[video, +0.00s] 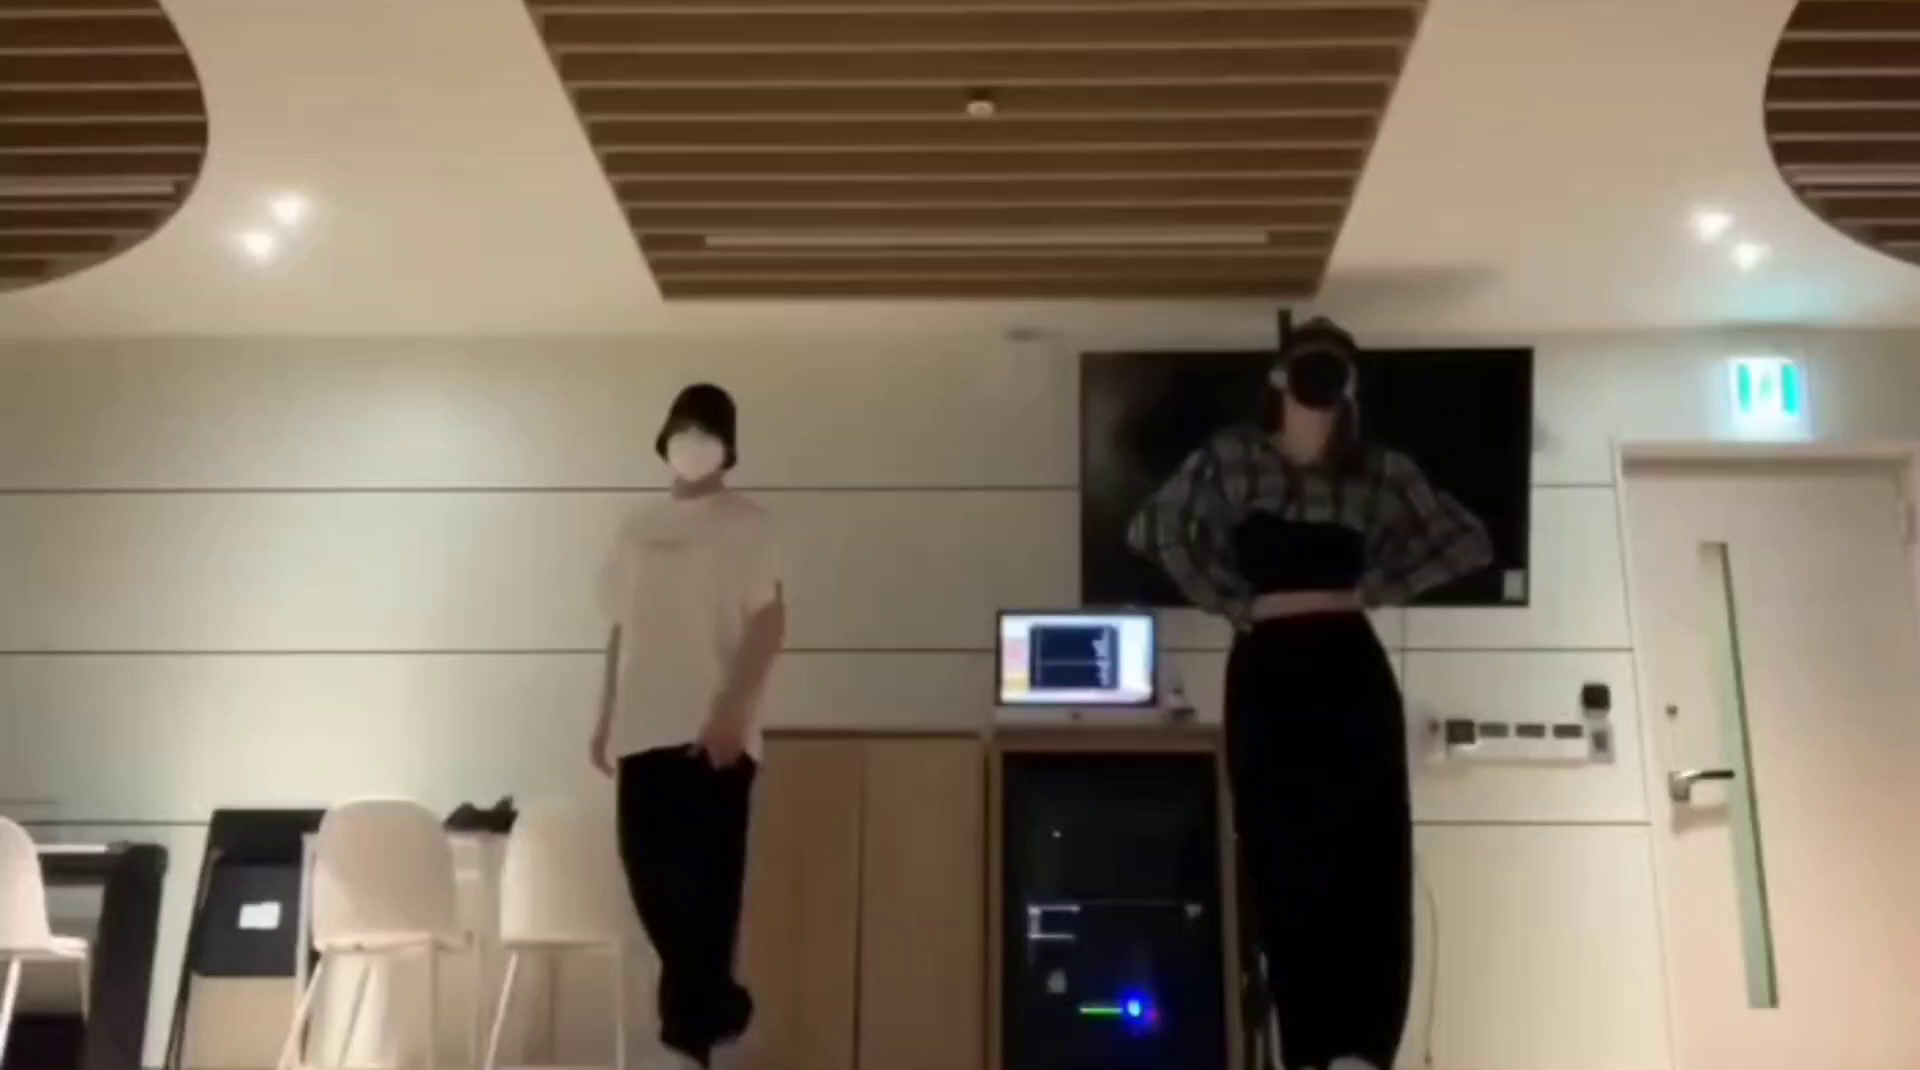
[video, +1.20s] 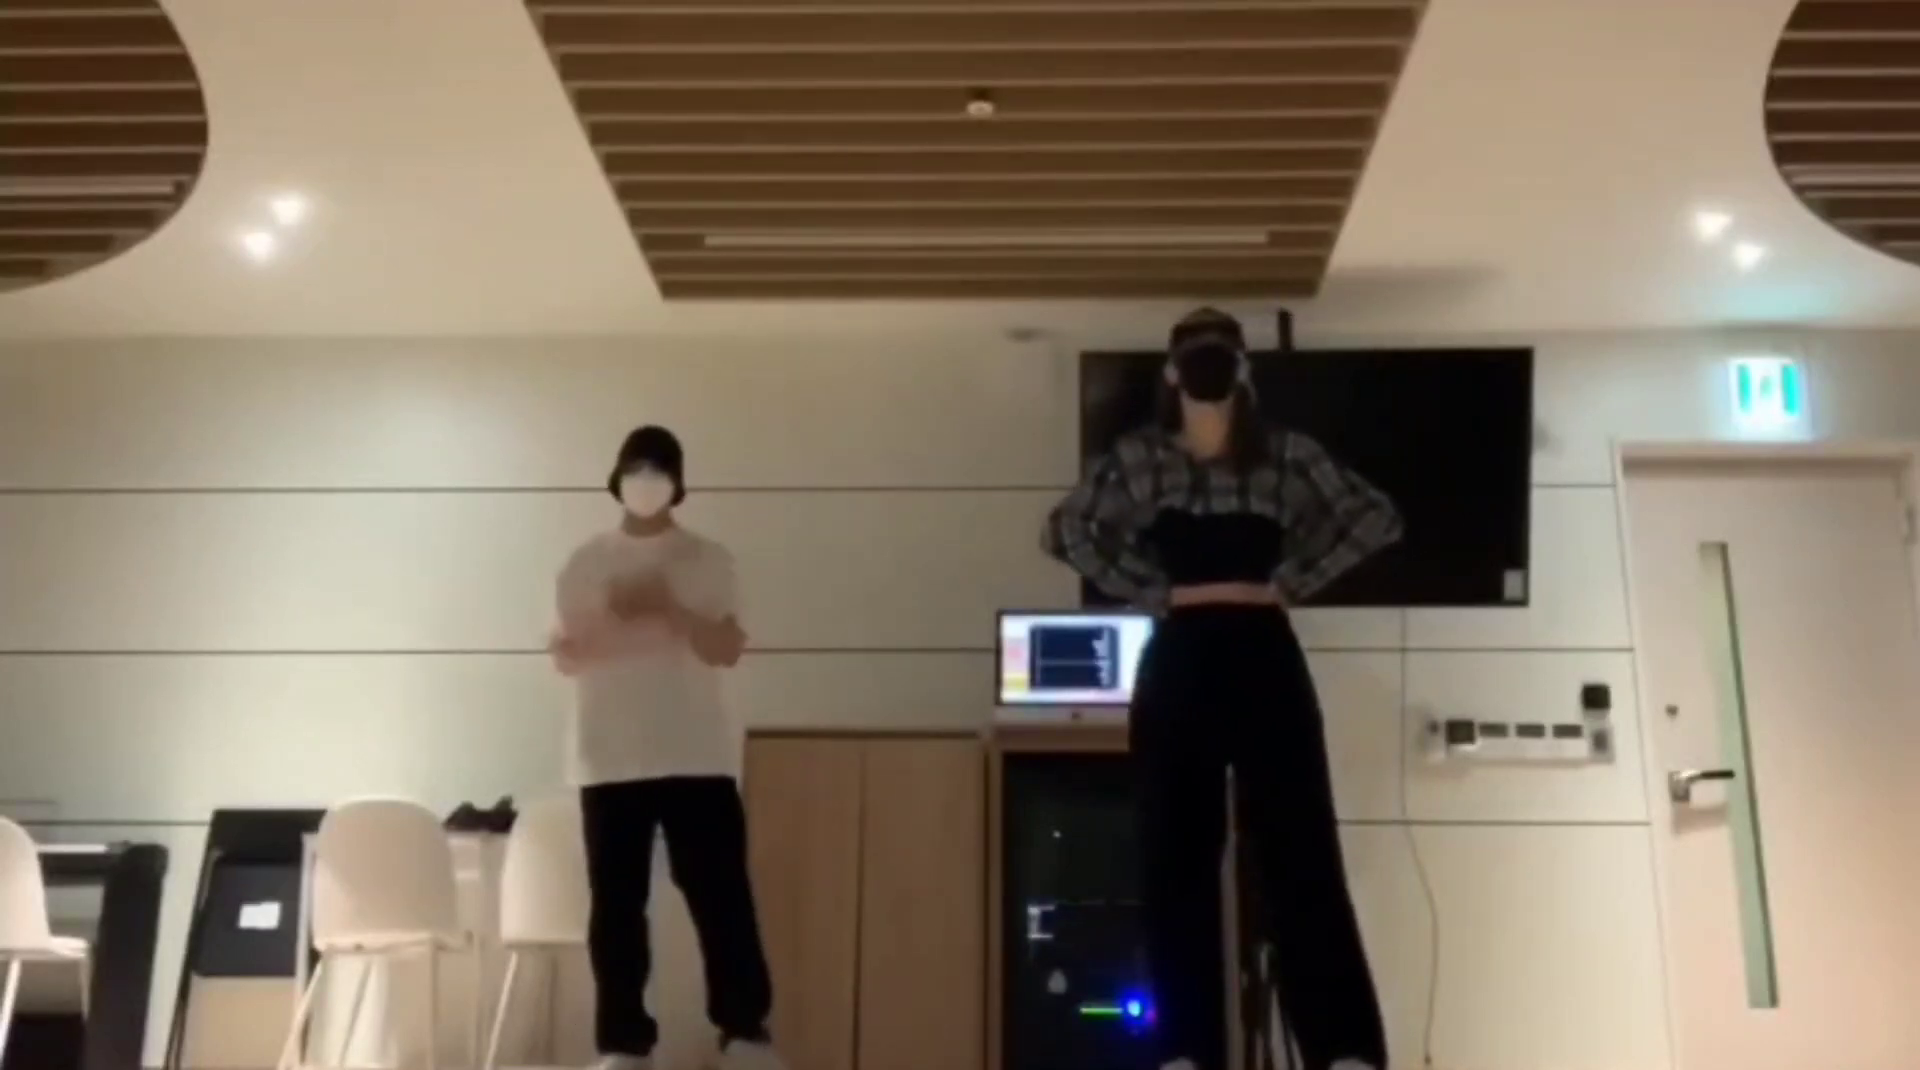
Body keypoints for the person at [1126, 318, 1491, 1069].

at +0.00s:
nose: (1320, 379)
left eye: (1333, 367)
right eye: (1307, 365)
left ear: (1352, 381)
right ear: (1279, 376)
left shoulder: (1381, 469)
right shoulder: (1232, 458)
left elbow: (1470, 543)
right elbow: (1155, 528)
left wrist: (1382, 585)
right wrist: (1228, 598)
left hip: (1352, 669)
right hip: (1269, 672)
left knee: (1369, 853)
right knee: (1285, 859)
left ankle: (1365, 1047)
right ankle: (1309, 1047)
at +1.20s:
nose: (1208, 364)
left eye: (1220, 351)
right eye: (1194, 352)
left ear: (1242, 367)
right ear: (1171, 370)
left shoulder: (1288, 454)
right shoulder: (1138, 458)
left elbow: (1376, 517)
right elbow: (1068, 528)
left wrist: (1297, 580)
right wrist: (1145, 588)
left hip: (1267, 663)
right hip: (1181, 666)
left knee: (1299, 853)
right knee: (1176, 860)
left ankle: (1342, 1049)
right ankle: (1186, 1047)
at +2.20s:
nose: (1222, 406)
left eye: (1228, 394)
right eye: (1213, 394)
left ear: (1195, 409)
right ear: (1190, 410)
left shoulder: (1290, 485)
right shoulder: (1149, 482)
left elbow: (1370, 551)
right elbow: (1084, 549)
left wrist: (1293, 602)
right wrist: (1154, 609)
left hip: (1265, 677)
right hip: (1185, 678)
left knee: (1269, 860)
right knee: (1180, 859)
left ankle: (1264, 1044)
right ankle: (1187, 1043)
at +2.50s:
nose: (1227, 426)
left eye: (1230, 414)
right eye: (1221, 415)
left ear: (1197, 422)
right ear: (1222, 425)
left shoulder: (1296, 496)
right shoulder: (1155, 490)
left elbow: (1373, 561)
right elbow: (1091, 562)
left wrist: (1299, 610)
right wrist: (1160, 619)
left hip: (1273, 685)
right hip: (1191, 687)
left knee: (1275, 865)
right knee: (1183, 863)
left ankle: (1266, 1042)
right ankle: (1191, 1041)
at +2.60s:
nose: (1231, 411)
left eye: (1242, 401)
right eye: (1218, 401)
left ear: (1263, 419)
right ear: (1193, 418)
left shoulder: (1296, 498)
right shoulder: (1158, 491)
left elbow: (1377, 558)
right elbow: (1085, 557)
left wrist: (1307, 613)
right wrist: (1157, 626)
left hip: (1277, 688)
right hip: (1194, 689)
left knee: (1276, 867)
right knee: (1184, 864)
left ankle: (1266, 1043)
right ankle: (1190, 1041)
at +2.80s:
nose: (1235, 418)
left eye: (1245, 407)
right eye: (1222, 408)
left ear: (1266, 424)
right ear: (1195, 423)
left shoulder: (1300, 504)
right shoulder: (1158, 495)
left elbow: (1379, 569)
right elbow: (1092, 569)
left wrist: (1358, 639)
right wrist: (1147, 632)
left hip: (1279, 691)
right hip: (1195, 691)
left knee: (1278, 869)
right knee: (1186, 866)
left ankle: (1267, 1040)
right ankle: (1190, 1039)